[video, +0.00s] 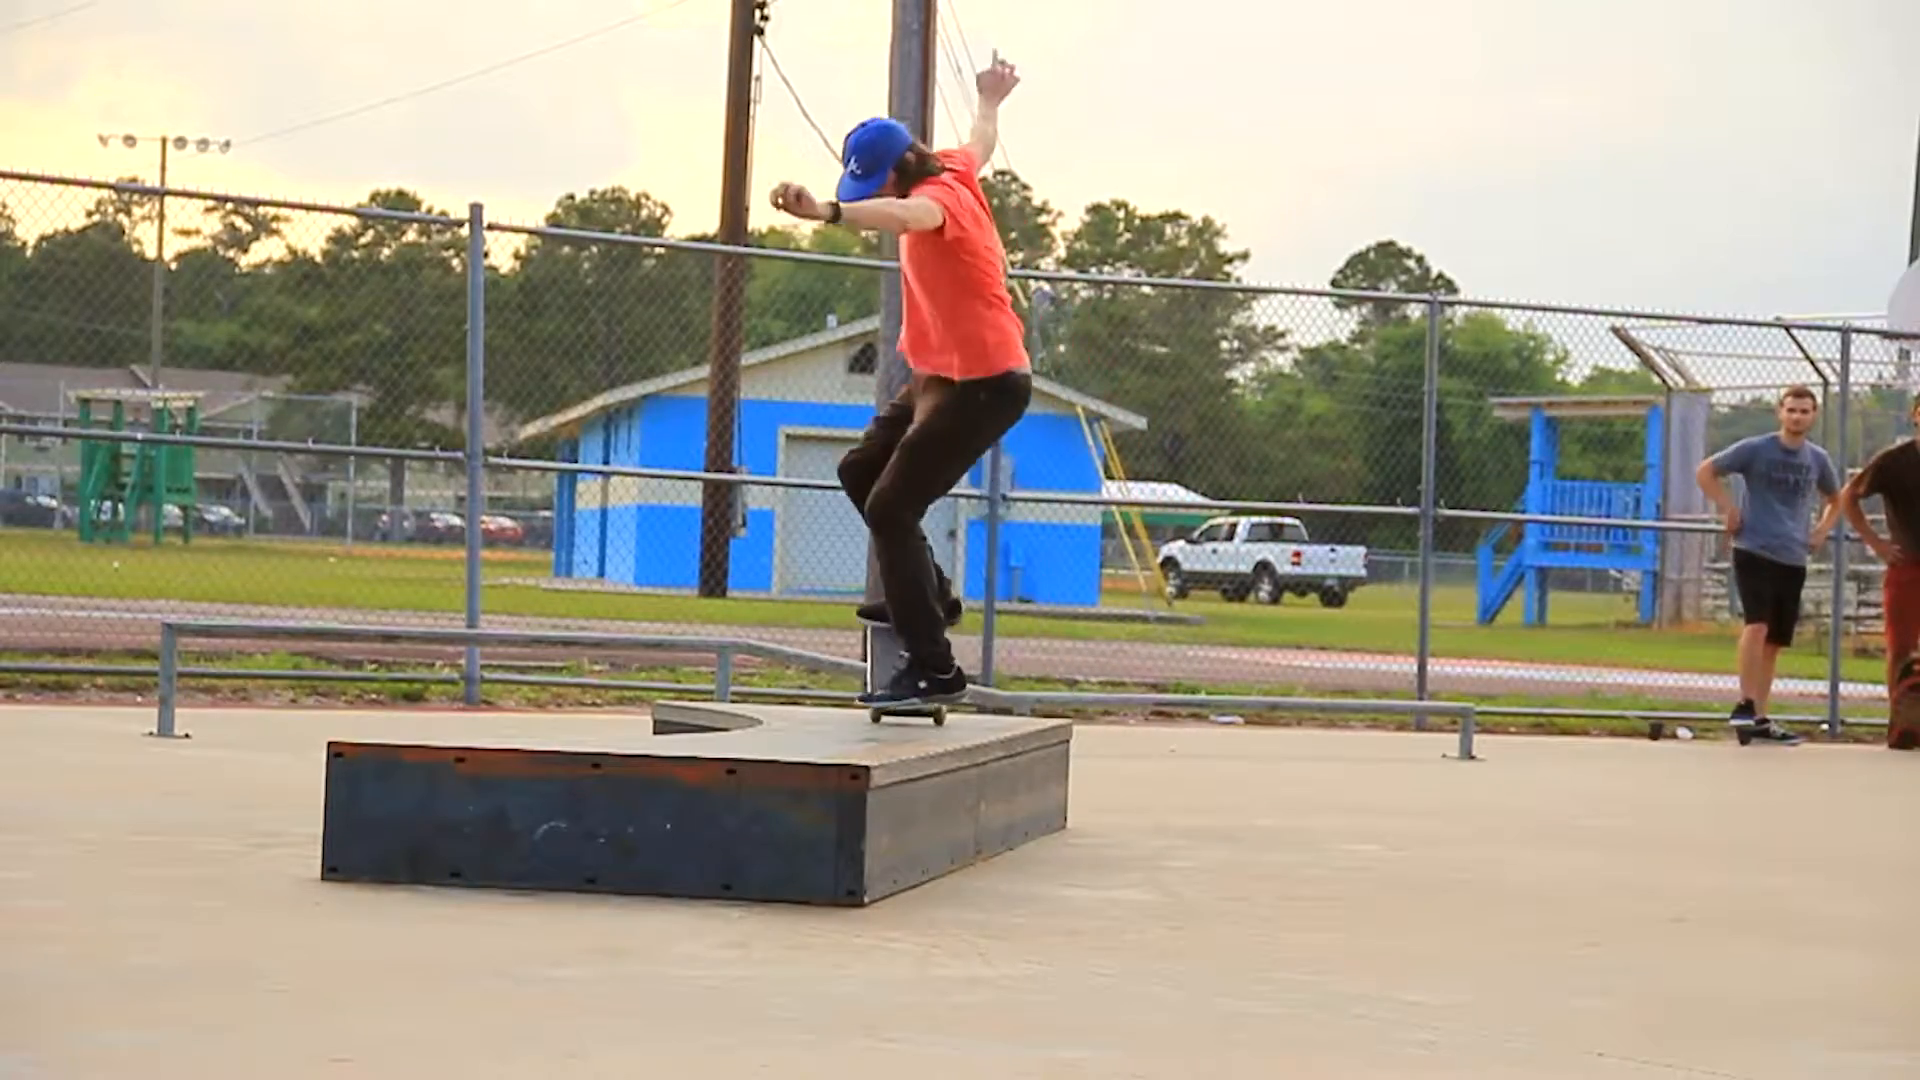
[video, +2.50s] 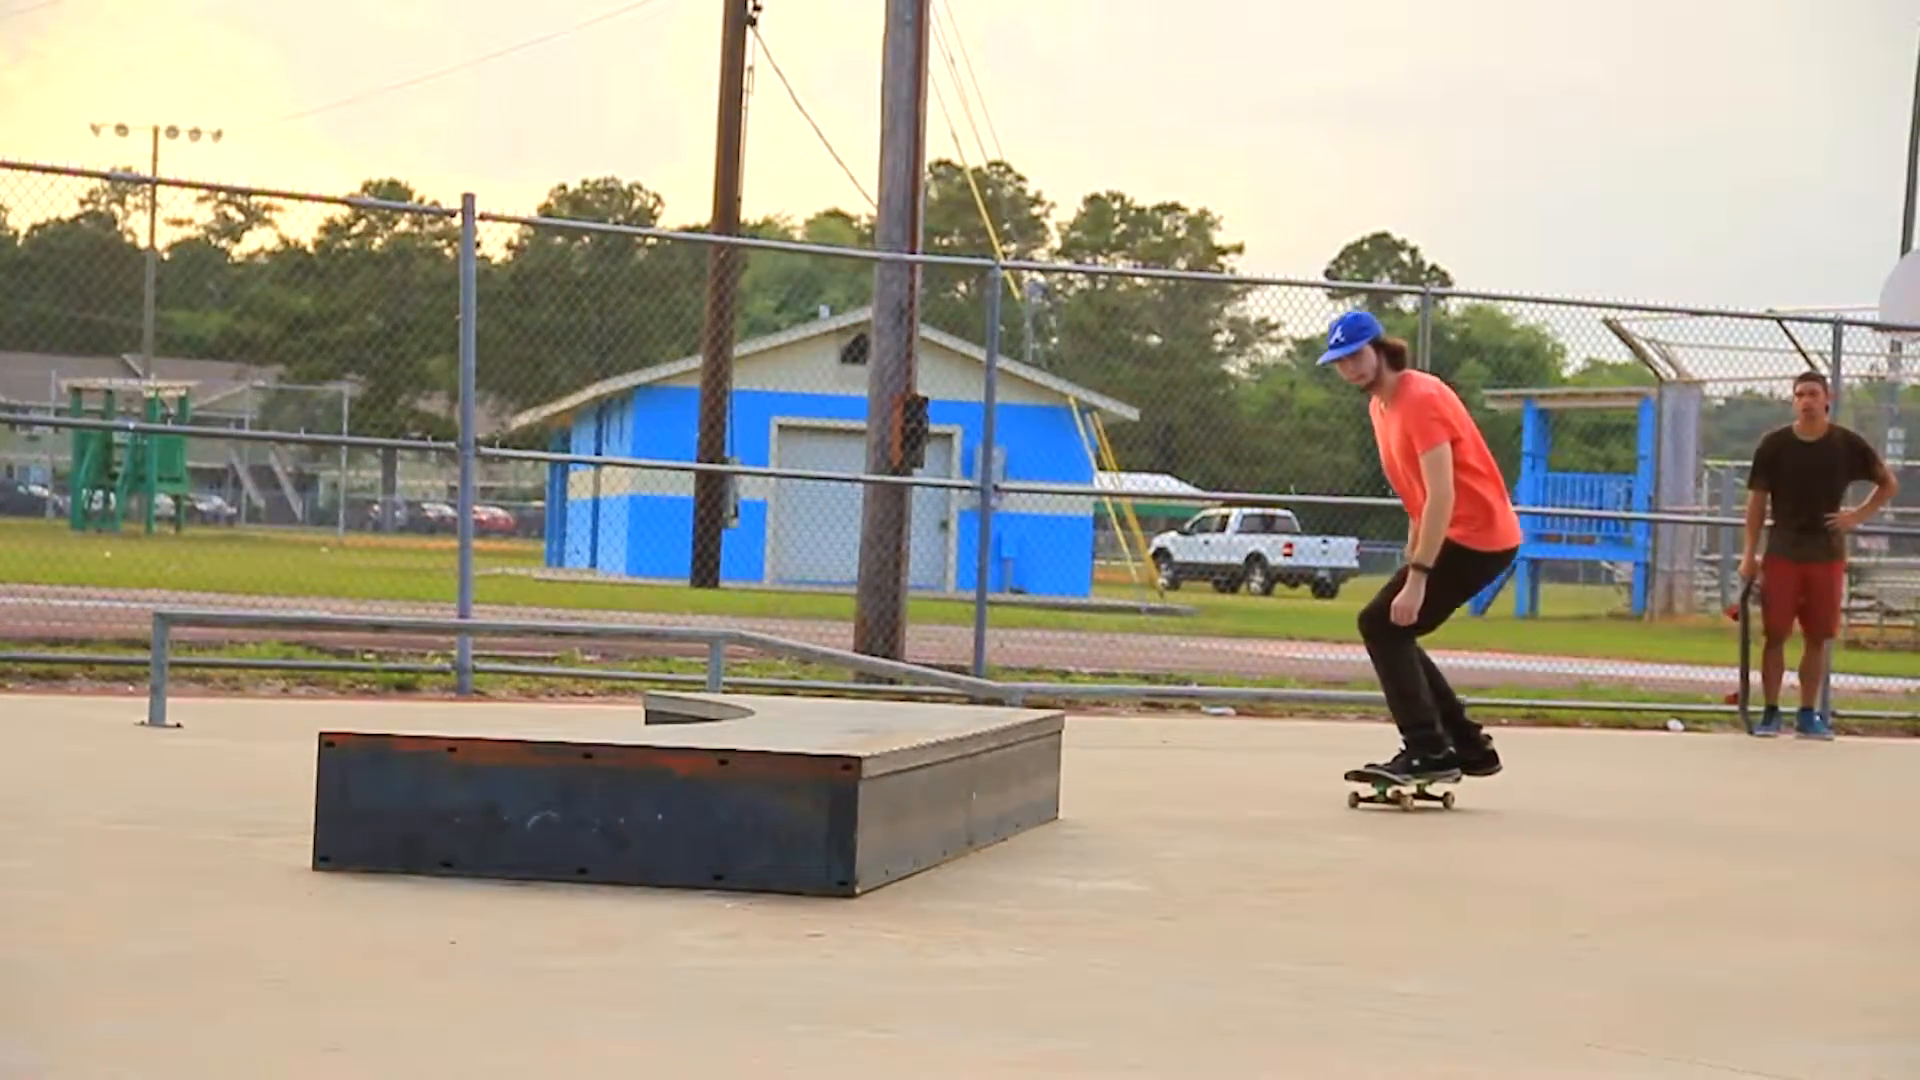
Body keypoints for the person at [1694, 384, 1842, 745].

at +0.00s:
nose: (1798, 416)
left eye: (1805, 411)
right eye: (1792, 410)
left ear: (1813, 416)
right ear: (1780, 413)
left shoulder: (1818, 459)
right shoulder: (1756, 449)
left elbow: (1835, 498)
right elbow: (1705, 472)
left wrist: (1821, 530)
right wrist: (1728, 508)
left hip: (1792, 556)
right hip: (1754, 549)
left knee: (1774, 642)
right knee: (1757, 624)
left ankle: (1760, 715)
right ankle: (1746, 705)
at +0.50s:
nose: (1798, 417)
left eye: (1805, 412)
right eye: (1793, 411)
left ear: (1813, 417)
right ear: (1780, 413)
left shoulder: (1816, 458)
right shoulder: (1757, 447)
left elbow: (1833, 499)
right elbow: (1706, 473)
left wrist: (1820, 531)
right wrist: (1738, 507)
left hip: (1792, 557)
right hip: (1754, 550)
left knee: (1774, 641)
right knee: (1758, 622)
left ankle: (1759, 715)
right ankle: (1745, 704)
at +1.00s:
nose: (1798, 417)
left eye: (1805, 412)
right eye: (1792, 410)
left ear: (1812, 417)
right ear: (1779, 413)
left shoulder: (1814, 459)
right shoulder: (1756, 447)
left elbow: (1831, 500)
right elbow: (1706, 473)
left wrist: (1818, 532)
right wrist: (1738, 512)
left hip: (1790, 557)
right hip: (1753, 550)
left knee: (1773, 641)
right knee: (1756, 624)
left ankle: (1758, 716)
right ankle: (1743, 705)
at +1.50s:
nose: (1799, 418)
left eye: (1806, 413)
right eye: (1793, 411)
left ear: (1813, 419)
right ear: (1780, 413)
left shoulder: (1813, 459)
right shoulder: (1755, 447)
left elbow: (1828, 500)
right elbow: (1705, 473)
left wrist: (1817, 534)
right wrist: (1736, 512)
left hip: (1789, 557)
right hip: (1752, 550)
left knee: (1771, 641)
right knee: (1754, 624)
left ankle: (1759, 717)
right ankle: (1743, 704)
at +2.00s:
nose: (1817, 422)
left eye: (1819, 415)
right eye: (1812, 415)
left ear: (1816, 420)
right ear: (1788, 415)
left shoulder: (1812, 459)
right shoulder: (1755, 447)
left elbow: (1828, 500)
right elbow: (1705, 473)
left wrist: (1817, 534)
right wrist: (1735, 511)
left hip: (1789, 557)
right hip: (1752, 550)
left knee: (1772, 641)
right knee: (1753, 624)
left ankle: (1758, 717)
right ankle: (1741, 704)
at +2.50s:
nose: (1807, 401)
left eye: (1814, 395)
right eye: (1802, 395)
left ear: (1827, 400)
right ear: (1793, 400)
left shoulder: (1848, 444)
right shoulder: (1772, 445)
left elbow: (1889, 483)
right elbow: (1757, 501)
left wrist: (1859, 514)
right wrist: (1749, 553)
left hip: (1825, 555)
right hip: (1781, 553)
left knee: (1817, 639)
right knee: (1774, 636)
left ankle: (1808, 714)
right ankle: (1770, 712)